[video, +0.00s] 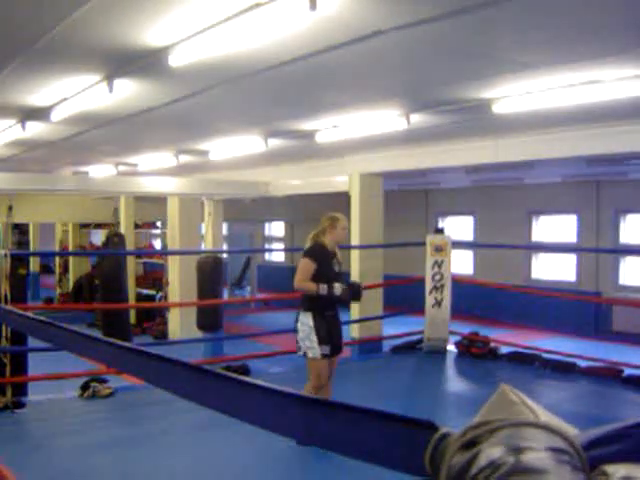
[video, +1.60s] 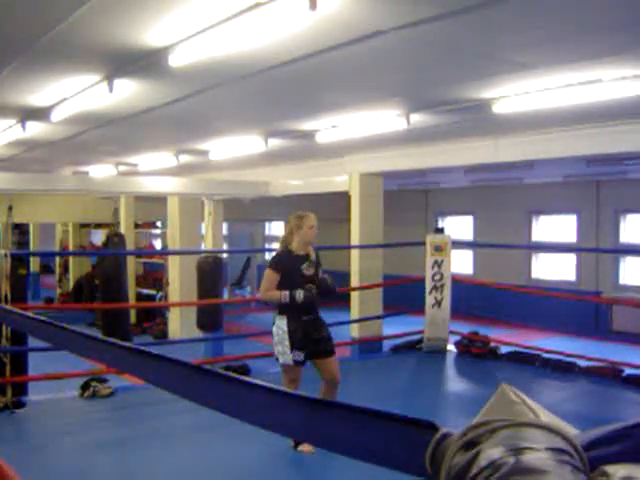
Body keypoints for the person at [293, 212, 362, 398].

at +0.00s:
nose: (346, 234)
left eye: (346, 229)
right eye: (343, 229)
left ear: (333, 229)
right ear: (330, 229)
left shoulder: (335, 254)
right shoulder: (315, 251)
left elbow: (330, 283)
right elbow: (299, 282)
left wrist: (348, 288)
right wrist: (330, 289)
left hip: (330, 313)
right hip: (312, 314)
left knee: (327, 376)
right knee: (318, 379)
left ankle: (321, 420)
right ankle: (300, 420)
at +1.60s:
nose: (315, 233)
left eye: (315, 228)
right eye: (311, 228)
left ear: (312, 230)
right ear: (297, 230)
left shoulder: (313, 256)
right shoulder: (281, 259)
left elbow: (317, 285)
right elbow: (265, 292)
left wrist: (325, 285)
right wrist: (293, 295)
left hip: (312, 317)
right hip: (288, 320)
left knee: (332, 377)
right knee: (291, 380)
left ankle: (316, 427)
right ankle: (297, 435)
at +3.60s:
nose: (346, 233)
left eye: (347, 229)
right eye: (343, 228)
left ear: (337, 230)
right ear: (329, 229)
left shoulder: (336, 258)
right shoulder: (314, 256)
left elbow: (333, 289)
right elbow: (298, 290)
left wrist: (350, 290)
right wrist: (329, 288)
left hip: (336, 317)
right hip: (316, 318)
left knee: (334, 378)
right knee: (309, 379)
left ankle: (330, 429)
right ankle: (300, 431)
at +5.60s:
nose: (347, 233)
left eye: (347, 229)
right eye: (343, 229)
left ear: (338, 230)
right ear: (328, 229)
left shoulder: (336, 258)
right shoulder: (314, 255)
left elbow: (333, 288)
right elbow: (298, 290)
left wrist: (350, 291)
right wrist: (329, 289)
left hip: (335, 317)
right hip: (316, 318)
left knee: (334, 378)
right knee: (309, 379)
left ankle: (330, 428)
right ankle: (299, 432)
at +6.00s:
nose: (346, 233)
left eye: (347, 229)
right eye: (343, 229)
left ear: (338, 231)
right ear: (329, 230)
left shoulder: (336, 258)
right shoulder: (314, 256)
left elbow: (333, 288)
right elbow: (298, 290)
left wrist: (350, 291)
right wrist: (330, 289)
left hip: (335, 318)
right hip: (316, 319)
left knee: (334, 378)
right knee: (309, 379)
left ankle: (329, 428)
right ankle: (299, 431)